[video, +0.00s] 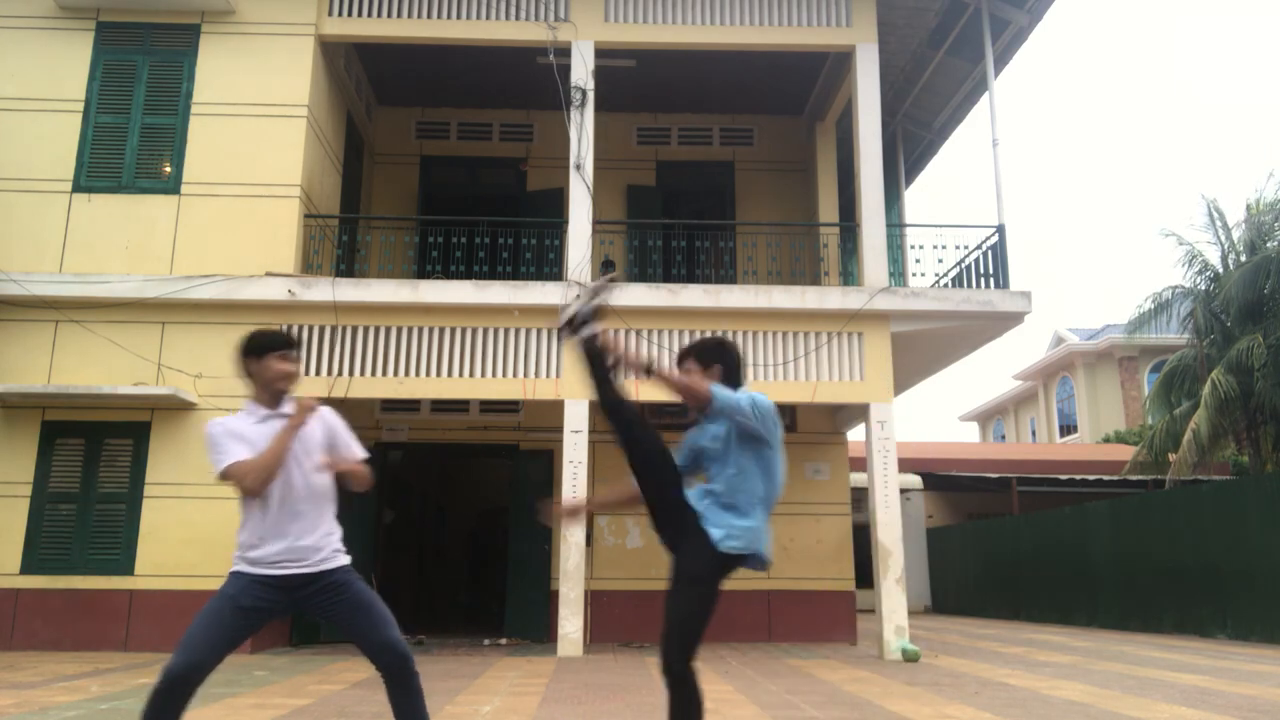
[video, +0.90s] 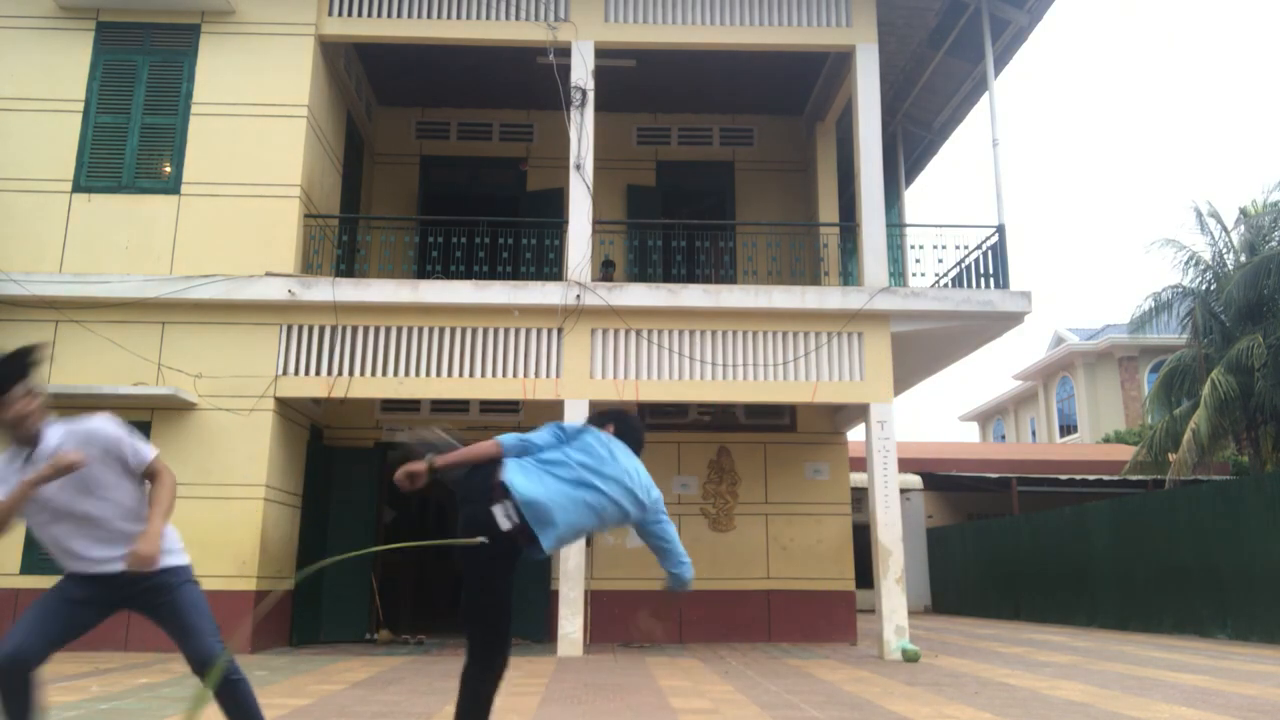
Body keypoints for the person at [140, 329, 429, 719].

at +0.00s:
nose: (290, 366)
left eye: (294, 358)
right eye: (279, 358)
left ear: (299, 366)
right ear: (251, 366)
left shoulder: (322, 418)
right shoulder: (225, 429)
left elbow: (365, 481)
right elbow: (251, 482)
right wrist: (295, 423)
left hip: (328, 573)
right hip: (256, 577)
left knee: (397, 656)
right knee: (182, 671)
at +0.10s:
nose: (224, 380)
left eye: (227, 371)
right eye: (212, 372)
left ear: (235, 377)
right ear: (188, 385)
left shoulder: (274, 423)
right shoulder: (178, 453)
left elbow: (320, 476)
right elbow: (207, 501)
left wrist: (298, 495)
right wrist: (240, 442)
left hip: (309, 576)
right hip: (238, 582)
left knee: (373, 662)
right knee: (151, 670)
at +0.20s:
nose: (173, 406)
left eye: (176, 398)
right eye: (159, 400)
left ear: (186, 404)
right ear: (134, 416)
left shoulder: (228, 436)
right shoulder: (141, 492)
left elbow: (289, 479)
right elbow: (177, 544)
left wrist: (282, 519)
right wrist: (188, 476)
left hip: (295, 578)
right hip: (225, 590)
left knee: (361, 668)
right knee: (132, 667)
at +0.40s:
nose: (125, 416)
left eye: (127, 407)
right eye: (110, 409)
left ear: (134, 413)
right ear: (81, 426)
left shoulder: (179, 444)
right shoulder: (93, 504)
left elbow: (238, 491)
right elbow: (137, 563)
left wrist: (252, 548)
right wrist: (141, 489)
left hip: (251, 586)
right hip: (180, 599)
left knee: (313, 681)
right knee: (89, 673)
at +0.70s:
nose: (123, 387)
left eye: (126, 379)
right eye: (109, 379)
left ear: (131, 384)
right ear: (77, 391)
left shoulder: (167, 427)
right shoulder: (67, 470)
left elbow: (221, 481)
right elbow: (103, 539)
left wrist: (220, 547)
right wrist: (130, 469)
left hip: (217, 574)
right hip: (152, 586)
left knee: (268, 672)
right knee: (81, 675)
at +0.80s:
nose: (106, 374)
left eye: (110, 365)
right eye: (93, 366)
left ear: (115, 369)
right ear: (58, 376)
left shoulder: (146, 415)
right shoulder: (42, 449)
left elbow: (190, 479)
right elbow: (61, 523)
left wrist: (191, 554)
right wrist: (105, 464)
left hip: (185, 569)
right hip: (119, 580)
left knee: (243, 666)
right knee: (68, 675)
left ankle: (291, 716)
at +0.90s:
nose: (22, 409)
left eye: (27, 396)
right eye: (9, 405)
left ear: (41, 395)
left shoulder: (99, 430)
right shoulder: (11, 467)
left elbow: (163, 475)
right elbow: (4, 523)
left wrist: (152, 534)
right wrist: (34, 479)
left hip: (159, 573)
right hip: (88, 582)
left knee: (213, 662)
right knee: (12, 658)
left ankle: (252, 717)